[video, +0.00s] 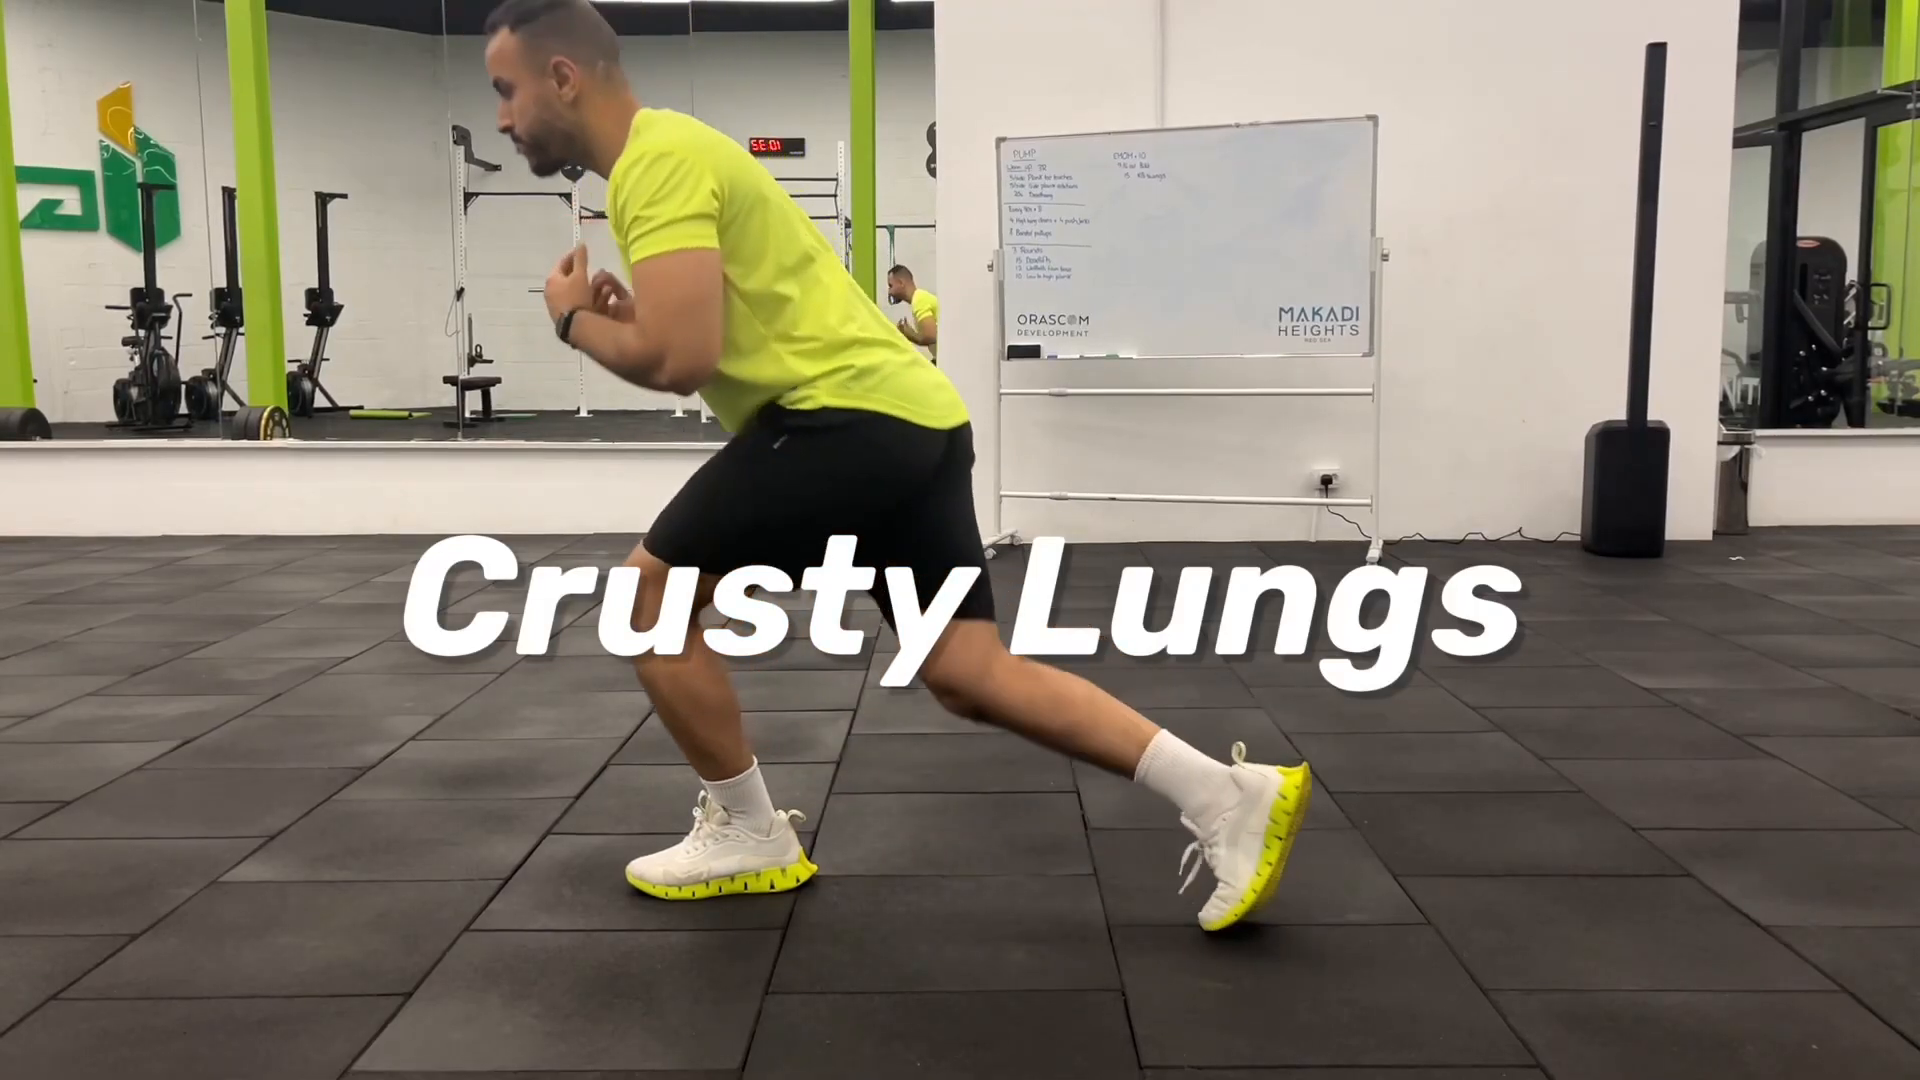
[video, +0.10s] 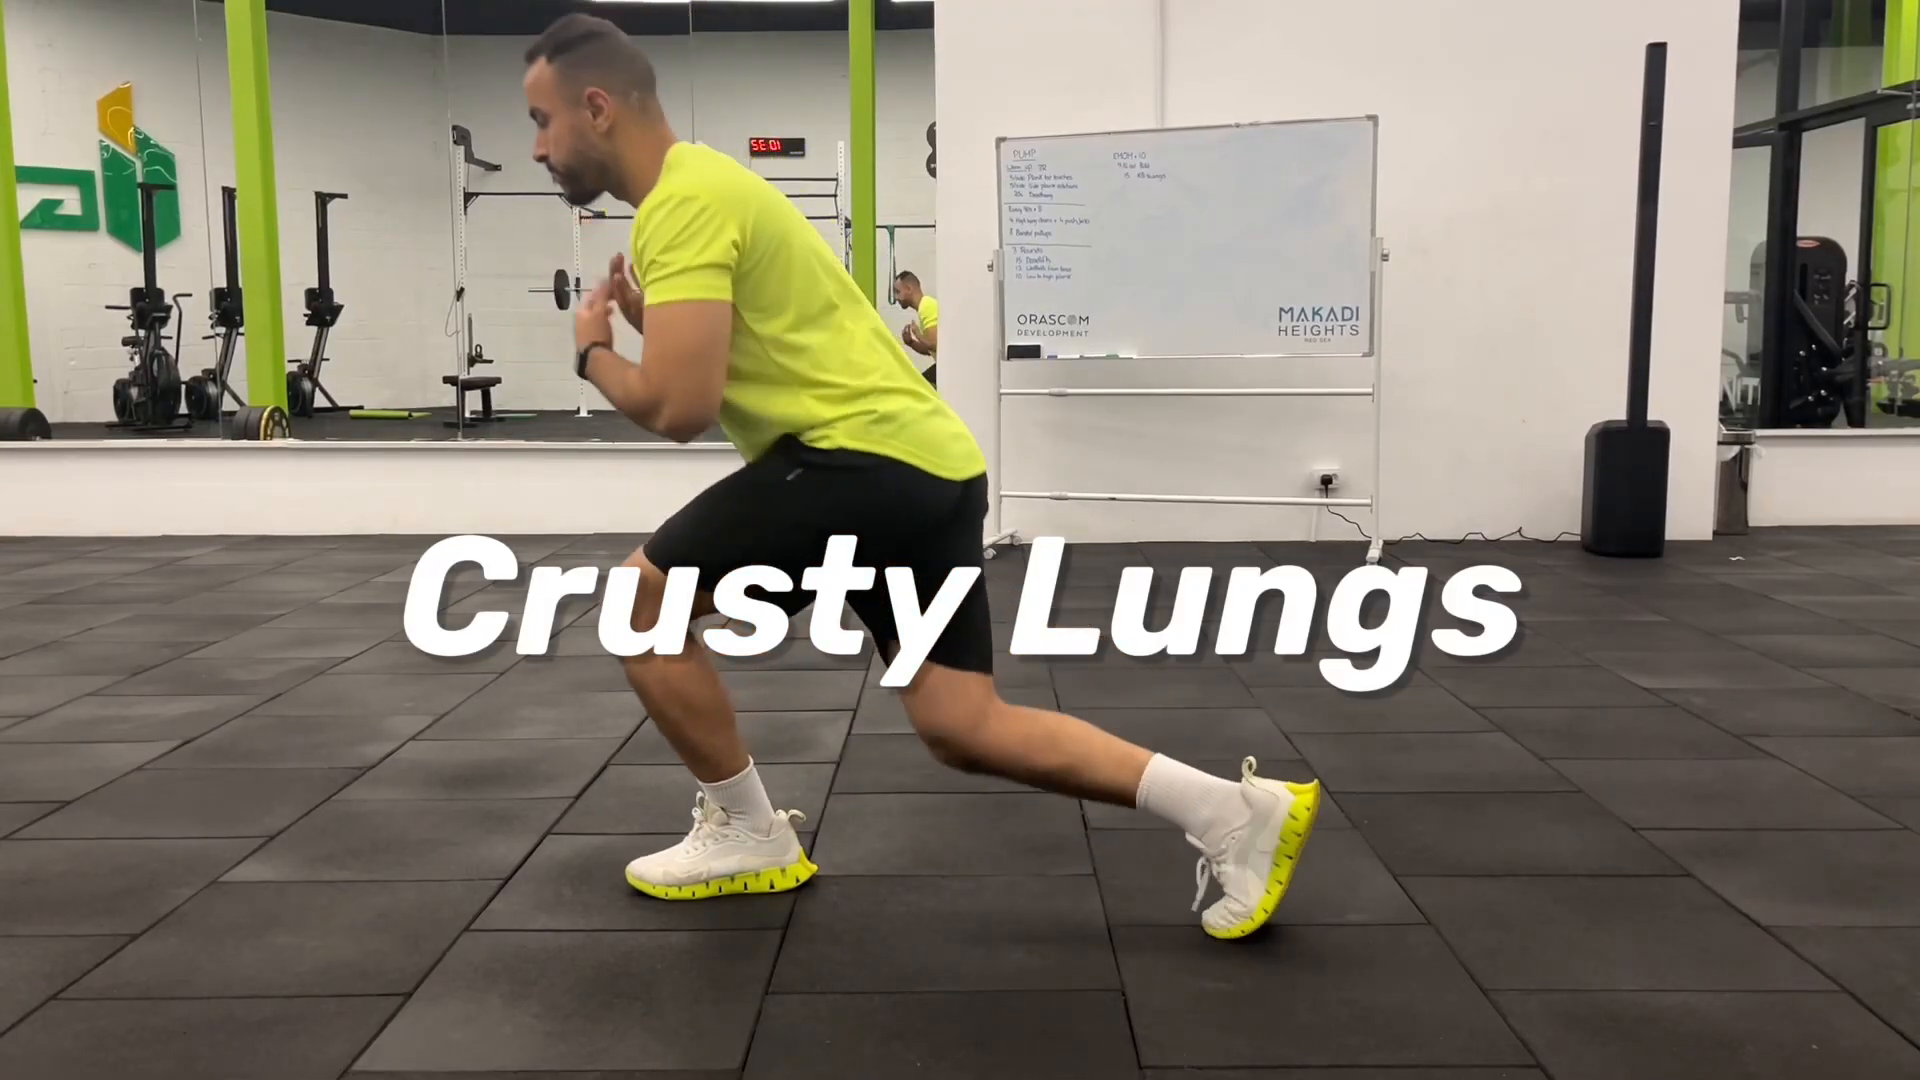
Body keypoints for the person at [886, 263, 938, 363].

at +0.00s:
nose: (889, 292)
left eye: (891, 286)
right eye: (889, 287)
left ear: (901, 283)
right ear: (901, 283)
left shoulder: (920, 301)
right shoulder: (920, 300)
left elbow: (930, 336)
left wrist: (911, 335)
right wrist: (911, 335)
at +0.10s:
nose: (896, 298)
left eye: (897, 292)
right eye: (895, 293)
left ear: (909, 289)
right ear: (909, 290)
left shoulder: (927, 307)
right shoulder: (923, 310)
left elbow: (933, 343)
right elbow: (929, 350)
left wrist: (918, 336)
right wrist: (911, 343)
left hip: (947, 364)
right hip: (943, 364)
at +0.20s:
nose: (903, 301)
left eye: (905, 296)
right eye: (903, 296)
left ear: (916, 294)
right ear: (917, 294)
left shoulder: (933, 312)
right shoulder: (928, 315)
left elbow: (932, 350)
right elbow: (929, 357)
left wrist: (921, 334)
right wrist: (917, 344)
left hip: (948, 369)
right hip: (943, 369)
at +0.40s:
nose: (911, 306)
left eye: (914, 301)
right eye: (912, 301)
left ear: (925, 300)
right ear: (925, 300)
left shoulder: (938, 323)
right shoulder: (935, 323)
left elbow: (939, 363)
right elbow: (935, 365)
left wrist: (928, 344)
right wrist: (924, 348)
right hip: (938, 377)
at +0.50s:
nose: (914, 308)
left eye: (917, 302)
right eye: (915, 303)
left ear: (928, 301)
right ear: (927, 301)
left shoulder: (940, 327)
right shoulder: (936, 327)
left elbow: (940, 366)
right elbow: (936, 367)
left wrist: (930, 346)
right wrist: (925, 349)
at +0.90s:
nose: (908, 299)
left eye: (911, 293)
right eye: (909, 294)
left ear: (923, 292)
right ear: (923, 292)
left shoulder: (937, 315)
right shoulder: (932, 318)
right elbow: (932, 357)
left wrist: (926, 335)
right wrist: (921, 339)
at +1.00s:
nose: (902, 293)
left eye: (904, 287)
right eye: (902, 288)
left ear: (916, 285)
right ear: (915, 285)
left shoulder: (932, 302)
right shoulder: (927, 307)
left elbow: (932, 340)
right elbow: (928, 350)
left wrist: (920, 327)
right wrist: (916, 332)